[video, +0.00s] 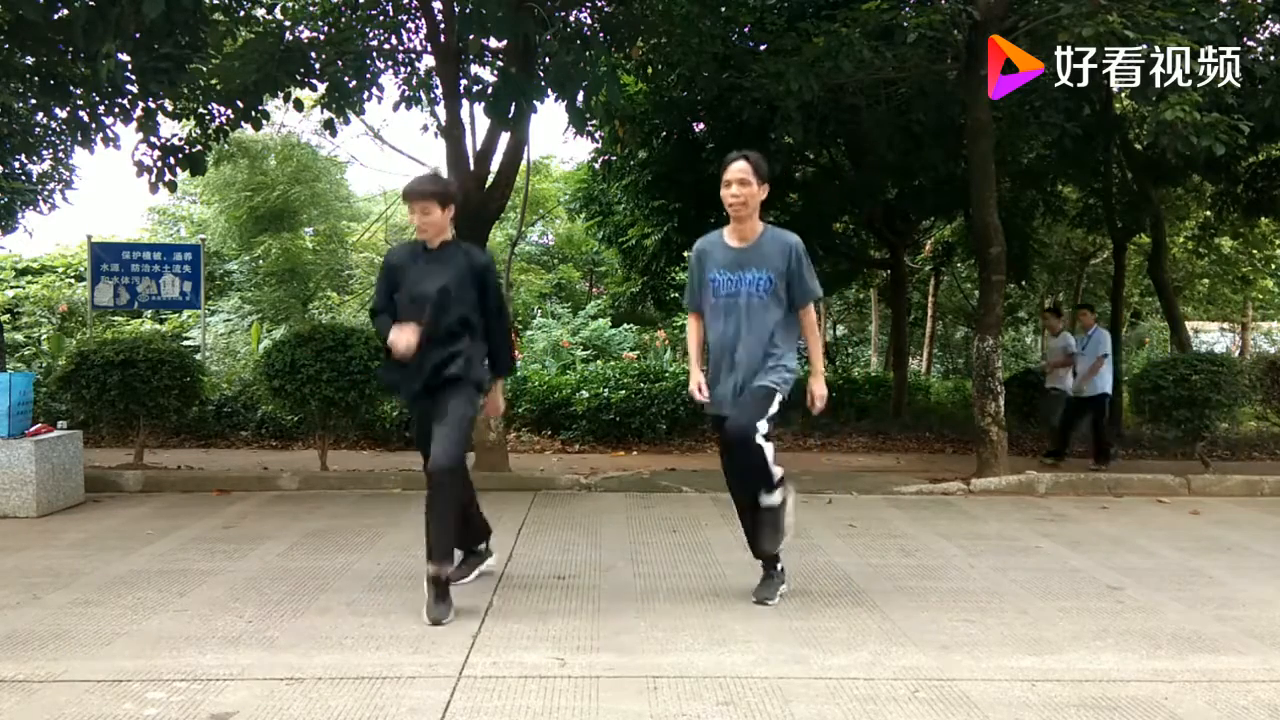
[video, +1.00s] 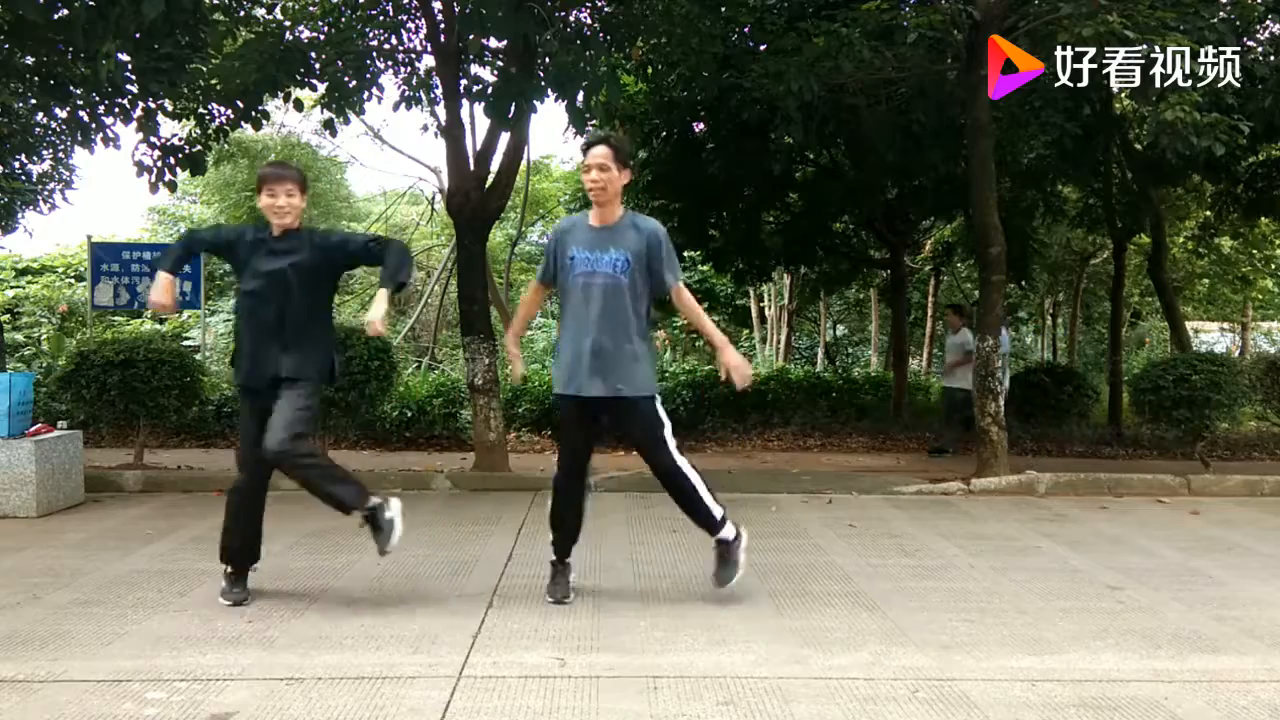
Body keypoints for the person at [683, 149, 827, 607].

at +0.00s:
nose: (734, 192)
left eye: (743, 184)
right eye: (728, 184)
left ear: (763, 191)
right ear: (720, 192)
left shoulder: (788, 246)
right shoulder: (704, 250)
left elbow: (808, 313)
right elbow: (694, 315)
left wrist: (817, 373)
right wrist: (695, 367)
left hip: (774, 367)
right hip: (724, 375)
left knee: (739, 430)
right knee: (738, 475)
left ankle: (773, 494)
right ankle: (771, 567)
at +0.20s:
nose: (713, 207)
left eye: (722, 198)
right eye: (707, 199)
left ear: (743, 204)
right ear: (699, 206)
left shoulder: (769, 261)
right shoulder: (685, 262)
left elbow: (787, 325)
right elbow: (682, 327)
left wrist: (797, 385)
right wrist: (686, 377)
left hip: (754, 395)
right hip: (706, 396)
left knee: (726, 480)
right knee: (743, 484)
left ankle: (711, 579)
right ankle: (789, 557)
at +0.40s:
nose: (689, 186)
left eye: (698, 178)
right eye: (683, 178)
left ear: (719, 184)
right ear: (675, 185)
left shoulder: (742, 242)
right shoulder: (663, 243)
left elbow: (760, 308)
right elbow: (661, 309)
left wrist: (770, 371)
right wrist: (658, 367)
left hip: (729, 386)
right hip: (678, 385)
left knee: (719, 483)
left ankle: (712, 576)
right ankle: (732, 512)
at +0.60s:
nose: (663, 190)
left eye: (673, 182)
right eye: (658, 182)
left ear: (694, 189)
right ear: (652, 190)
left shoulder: (719, 245)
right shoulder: (640, 246)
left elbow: (736, 311)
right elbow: (637, 311)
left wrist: (727, 370)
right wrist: (624, 359)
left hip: (701, 386)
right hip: (649, 380)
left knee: (709, 488)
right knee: (612, 440)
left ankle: (721, 574)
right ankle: (649, 495)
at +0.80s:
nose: (628, 197)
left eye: (638, 189)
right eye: (623, 189)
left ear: (659, 195)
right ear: (618, 197)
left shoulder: (684, 252)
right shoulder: (604, 254)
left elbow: (698, 322)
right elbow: (600, 319)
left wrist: (705, 383)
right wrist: (586, 371)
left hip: (674, 396)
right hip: (617, 394)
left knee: (690, 487)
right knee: (592, 483)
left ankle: (706, 560)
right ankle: (575, 567)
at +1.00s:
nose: (593, 177)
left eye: (603, 169)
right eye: (587, 170)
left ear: (624, 176)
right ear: (582, 177)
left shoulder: (648, 233)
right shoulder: (564, 231)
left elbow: (680, 296)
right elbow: (539, 289)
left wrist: (723, 345)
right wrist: (512, 335)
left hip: (630, 377)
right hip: (573, 377)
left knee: (667, 465)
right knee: (569, 474)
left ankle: (726, 535)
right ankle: (560, 562)